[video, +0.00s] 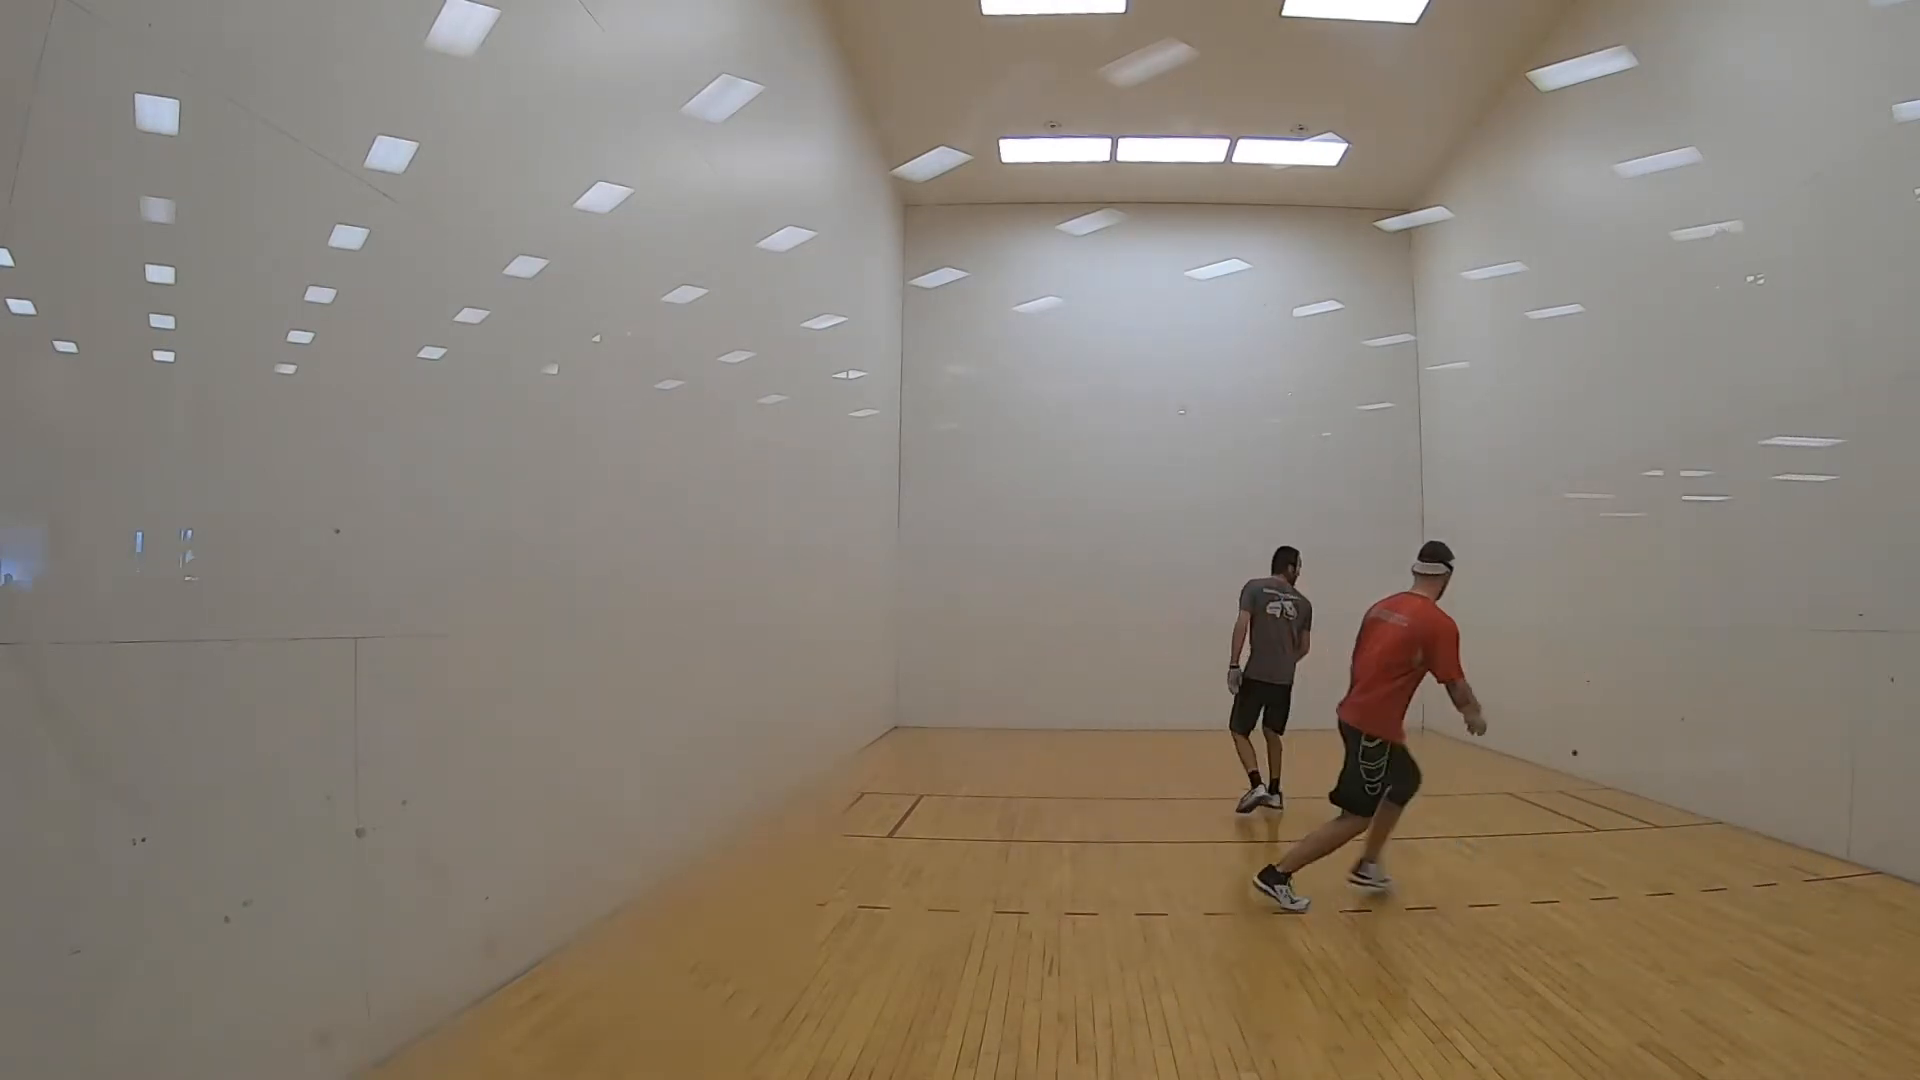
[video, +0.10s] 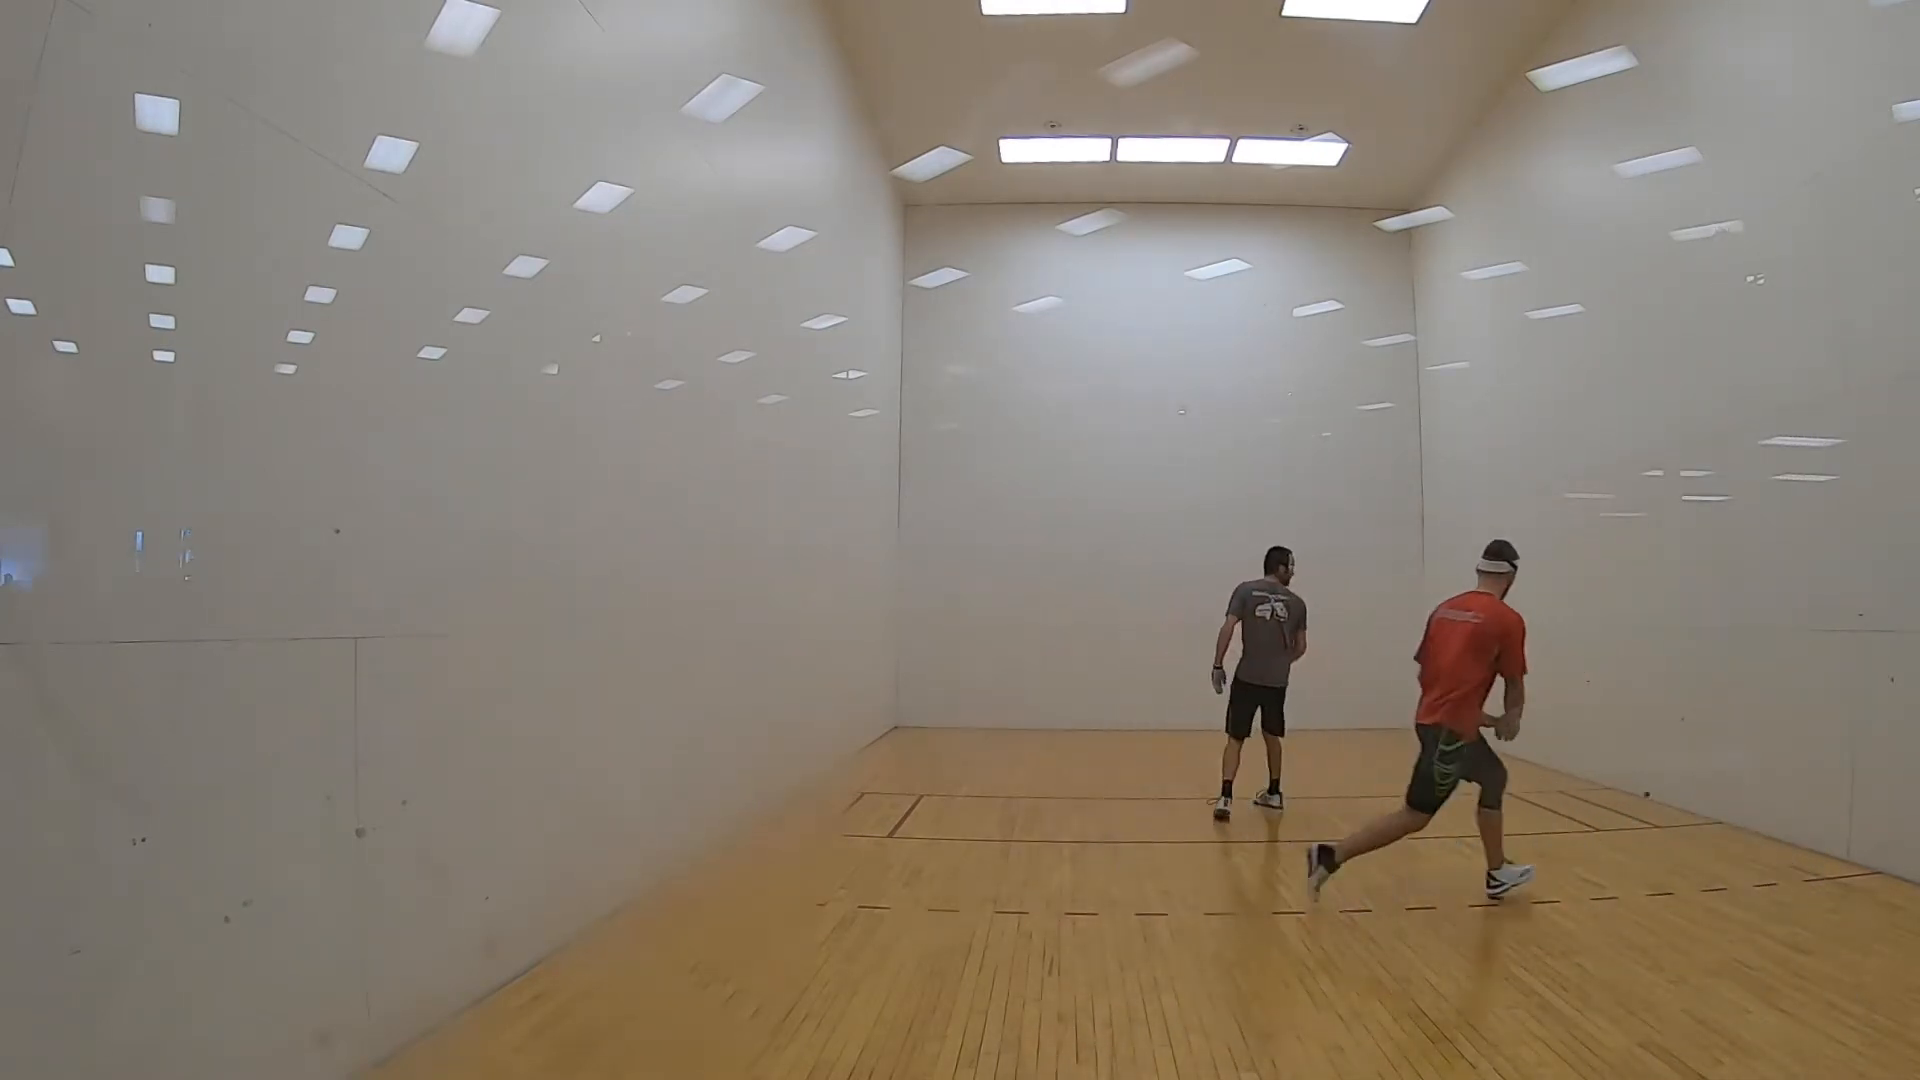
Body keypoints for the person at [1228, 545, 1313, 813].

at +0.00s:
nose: (1300, 572)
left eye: (1300, 567)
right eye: (1299, 567)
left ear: (1274, 566)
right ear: (1291, 568)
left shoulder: (1254, 587)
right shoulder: (1303, 603)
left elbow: (1242, 626)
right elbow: (1303, 647)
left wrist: (1234, 664)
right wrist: (1282, 662)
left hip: (1256, 675)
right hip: (1283, 679)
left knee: (1239, 730)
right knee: (1273, 730)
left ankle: (1257, 785)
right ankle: (1275, 792)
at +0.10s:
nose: (1293, 572)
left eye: (1293, 567)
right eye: (1291, 567)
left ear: (1268, 567)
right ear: (1281, 568)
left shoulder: (1246, 590)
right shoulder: (1296, 603)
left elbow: (1228, 628)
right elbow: (1300, 647)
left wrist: (1218, 664)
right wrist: (1281, 661)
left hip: (1247, 678)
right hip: (1276, 681)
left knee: (1235, 738)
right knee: (1272, 735)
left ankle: (1225, 798)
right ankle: (1274, 793)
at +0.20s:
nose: (1286, 572)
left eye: (1286, 567)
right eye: (1283, 567)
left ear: (1261, 569)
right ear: (1270, 569)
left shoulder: (1235, 593)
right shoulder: (1287, 602)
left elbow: (1218, 632)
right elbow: (1294, 648)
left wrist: (1205, 667)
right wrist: (1282, 670)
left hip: (1238, 681)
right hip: (1270, 684)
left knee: (1229, 743)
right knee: (1270, 733)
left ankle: (1222, 806)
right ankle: (1275, 793)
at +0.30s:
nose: (1279, 569)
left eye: (1278, 563)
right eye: (1275, 564)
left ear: (1253, 566)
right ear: (1262, 566)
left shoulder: (1226, 592)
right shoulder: (1278, 599)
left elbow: (1209, 631)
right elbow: (1284, 642)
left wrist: (1197, 666)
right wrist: (1287, 666)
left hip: (1229, 681)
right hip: (1263, 682)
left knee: (1224, 742)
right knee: (1270, 737)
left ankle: (1220, 806)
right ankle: (1277, 791)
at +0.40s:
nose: (1274, 563)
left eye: (1273, 558)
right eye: (1270, 558)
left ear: (1249, 561)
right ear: (1255, 560)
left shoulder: (1221, 588)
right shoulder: (1270, 593)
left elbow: (1202, 627)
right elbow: (1275, 634)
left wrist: (1196, 663)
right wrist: (1286, 663)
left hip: (1227, 679)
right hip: (1260, 679)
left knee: (1223, 741)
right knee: (1269, 735)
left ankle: (1220, 807)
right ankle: (1277, 795)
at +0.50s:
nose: (1270, 559)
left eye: (1270, 553)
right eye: (1266, 554)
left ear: (1245, 558)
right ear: (1250, 557)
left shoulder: (1217, 585)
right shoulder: (1265, 591)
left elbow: (1199, 625)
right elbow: (1269, 634)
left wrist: (1198, 659)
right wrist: (1285, 662)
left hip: (1224, 678)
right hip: (1258, 677)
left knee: (1222, 741)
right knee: (1270, 734)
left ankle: (1219, 807)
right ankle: (1276, 799)